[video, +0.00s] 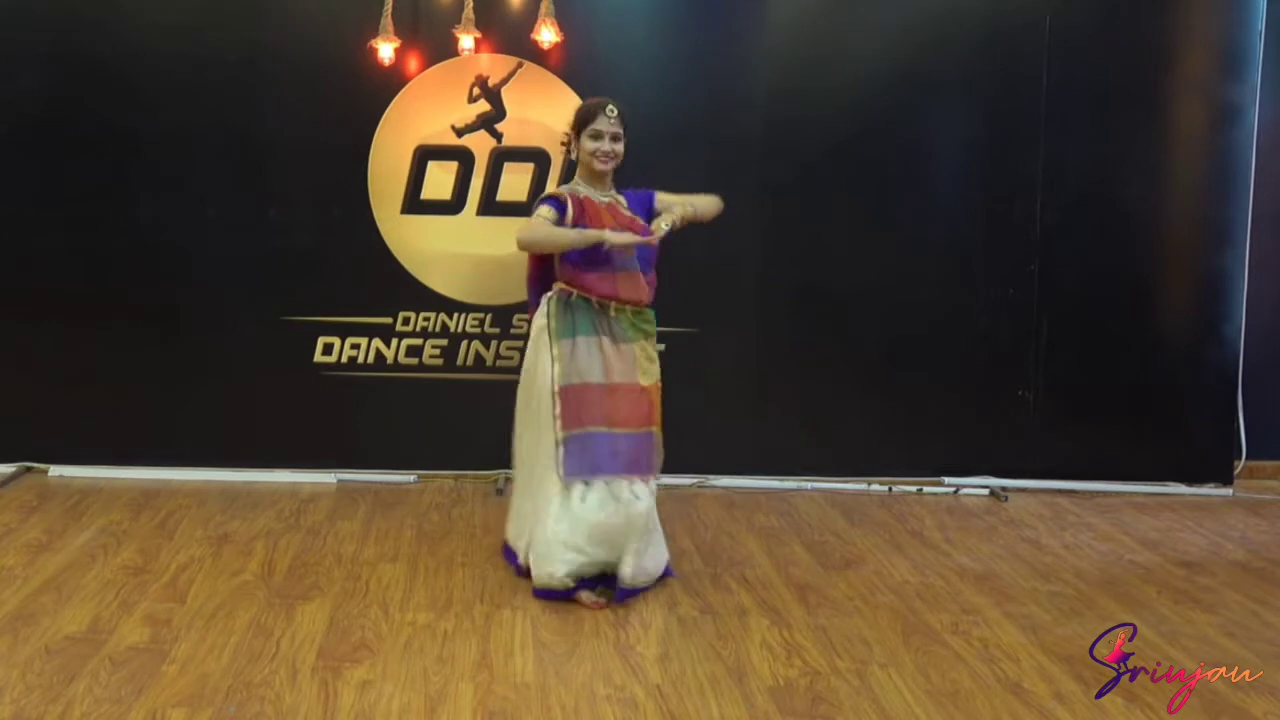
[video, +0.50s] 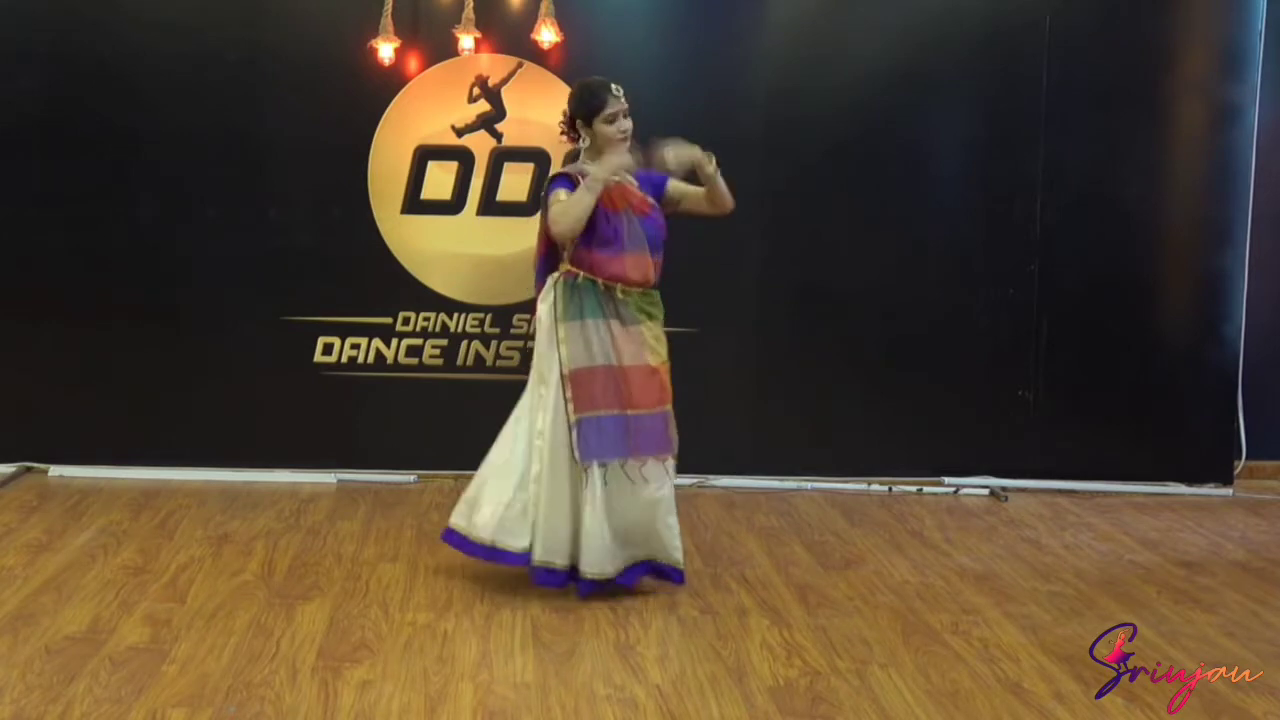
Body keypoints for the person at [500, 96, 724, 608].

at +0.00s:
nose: (607, 146)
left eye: (615, 138)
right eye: (596, 137)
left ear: (624, 145)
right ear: (576, 142)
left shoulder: (638, 201)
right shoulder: (563, 201)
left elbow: (714, 204)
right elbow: (528, 236)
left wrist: (680, 211)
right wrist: (601, 235)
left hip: (629, 339)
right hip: (571, 338)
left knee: (627, 445)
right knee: (575, 447)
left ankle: (618, 561)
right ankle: (569, 566)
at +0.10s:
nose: (611, 146)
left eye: (618, 138)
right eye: (600, 136)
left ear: (624, 145)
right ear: (573, 140)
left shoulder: (631, 203)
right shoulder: (559, 197)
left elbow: (695, 217)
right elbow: (542, 229)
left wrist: (679, 222)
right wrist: (617, 227)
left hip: (624, 339)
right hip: (572, 339)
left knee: (621, 449)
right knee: (574, 451)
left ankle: (602, 567)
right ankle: (563, 570)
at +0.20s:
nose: (614, 145)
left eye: (620, 135)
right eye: (604, 135)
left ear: (625, 141)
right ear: (574, 138)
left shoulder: (630, 200)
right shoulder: (562, 194)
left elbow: (682, 234)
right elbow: (549, 235)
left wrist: (687, 228)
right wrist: (617, 224)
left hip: (626, 337)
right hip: (577, 337)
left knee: (627, 448)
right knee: (582, 449)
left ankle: (607, 566)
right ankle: (569, 570)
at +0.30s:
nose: (619, 138)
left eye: (623, 129)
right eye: (609, 129)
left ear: (623, 133)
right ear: (577, 134)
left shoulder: (629, 194)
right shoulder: (563, 192)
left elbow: (689, 238)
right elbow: (564, 246)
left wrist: (678, 201)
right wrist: (619, 202)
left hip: (626, 333)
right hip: (578, 332)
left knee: (625, 444)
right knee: (584, 445)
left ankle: (607, 562)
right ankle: (573, 568)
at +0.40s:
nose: (626, 131)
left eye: (627, 121)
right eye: (615, 123)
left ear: (624, 129)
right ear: (582, 131)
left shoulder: (635, 189)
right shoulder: (565, 188)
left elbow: (699, 221)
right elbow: (572, 238)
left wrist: (685, 170)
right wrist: (603, 174)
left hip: (628, 329)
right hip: (577, 327)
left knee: (623, 440)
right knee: (581, 441)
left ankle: (604, 560)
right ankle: (574, 565)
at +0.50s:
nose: (625, 126)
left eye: (627, 115)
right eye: (612, 119)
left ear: (632, 119)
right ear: (582, 129)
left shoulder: (645, 182)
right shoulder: (569, 182)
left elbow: (719, 204)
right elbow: (563, 228)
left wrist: (706, 166)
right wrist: (597, 176)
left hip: (634, 319)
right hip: (580, 318)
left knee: (630, 433)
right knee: (582, 433)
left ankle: (617, 558)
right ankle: (577, 558)